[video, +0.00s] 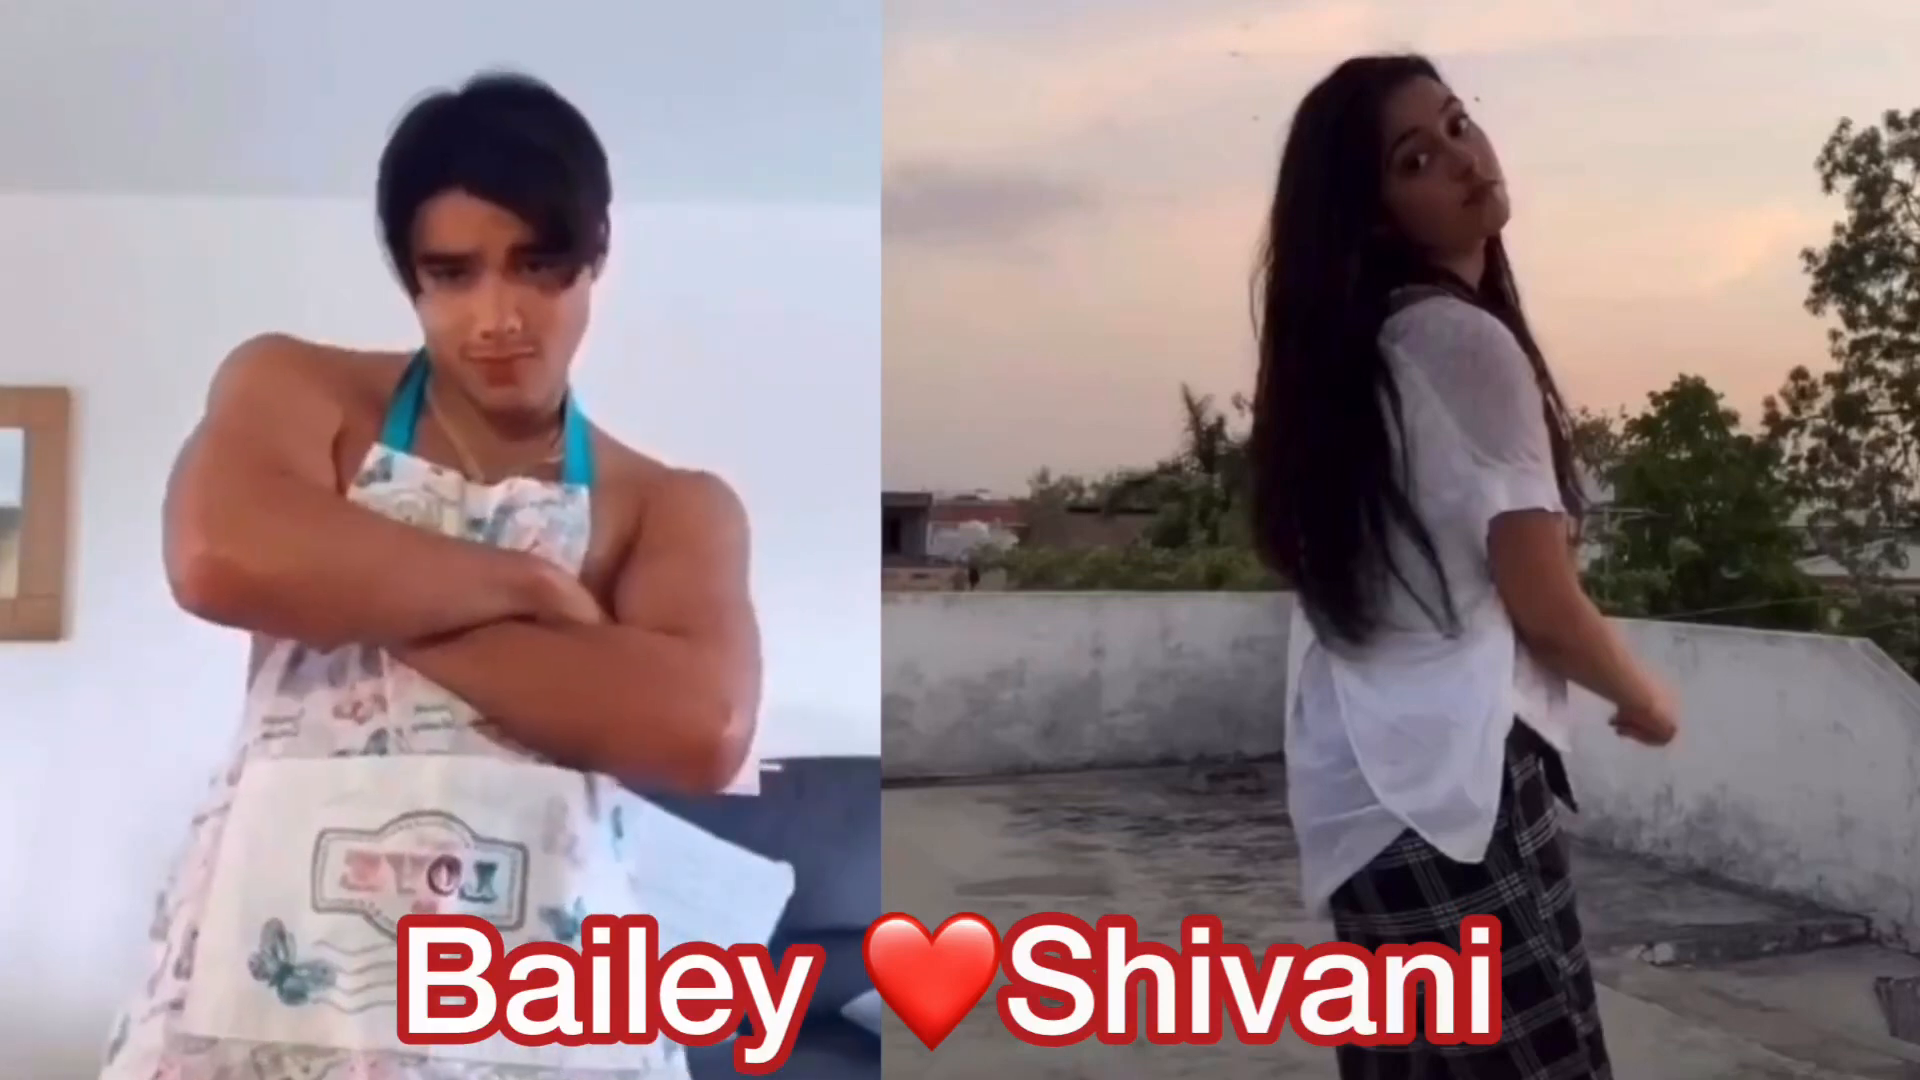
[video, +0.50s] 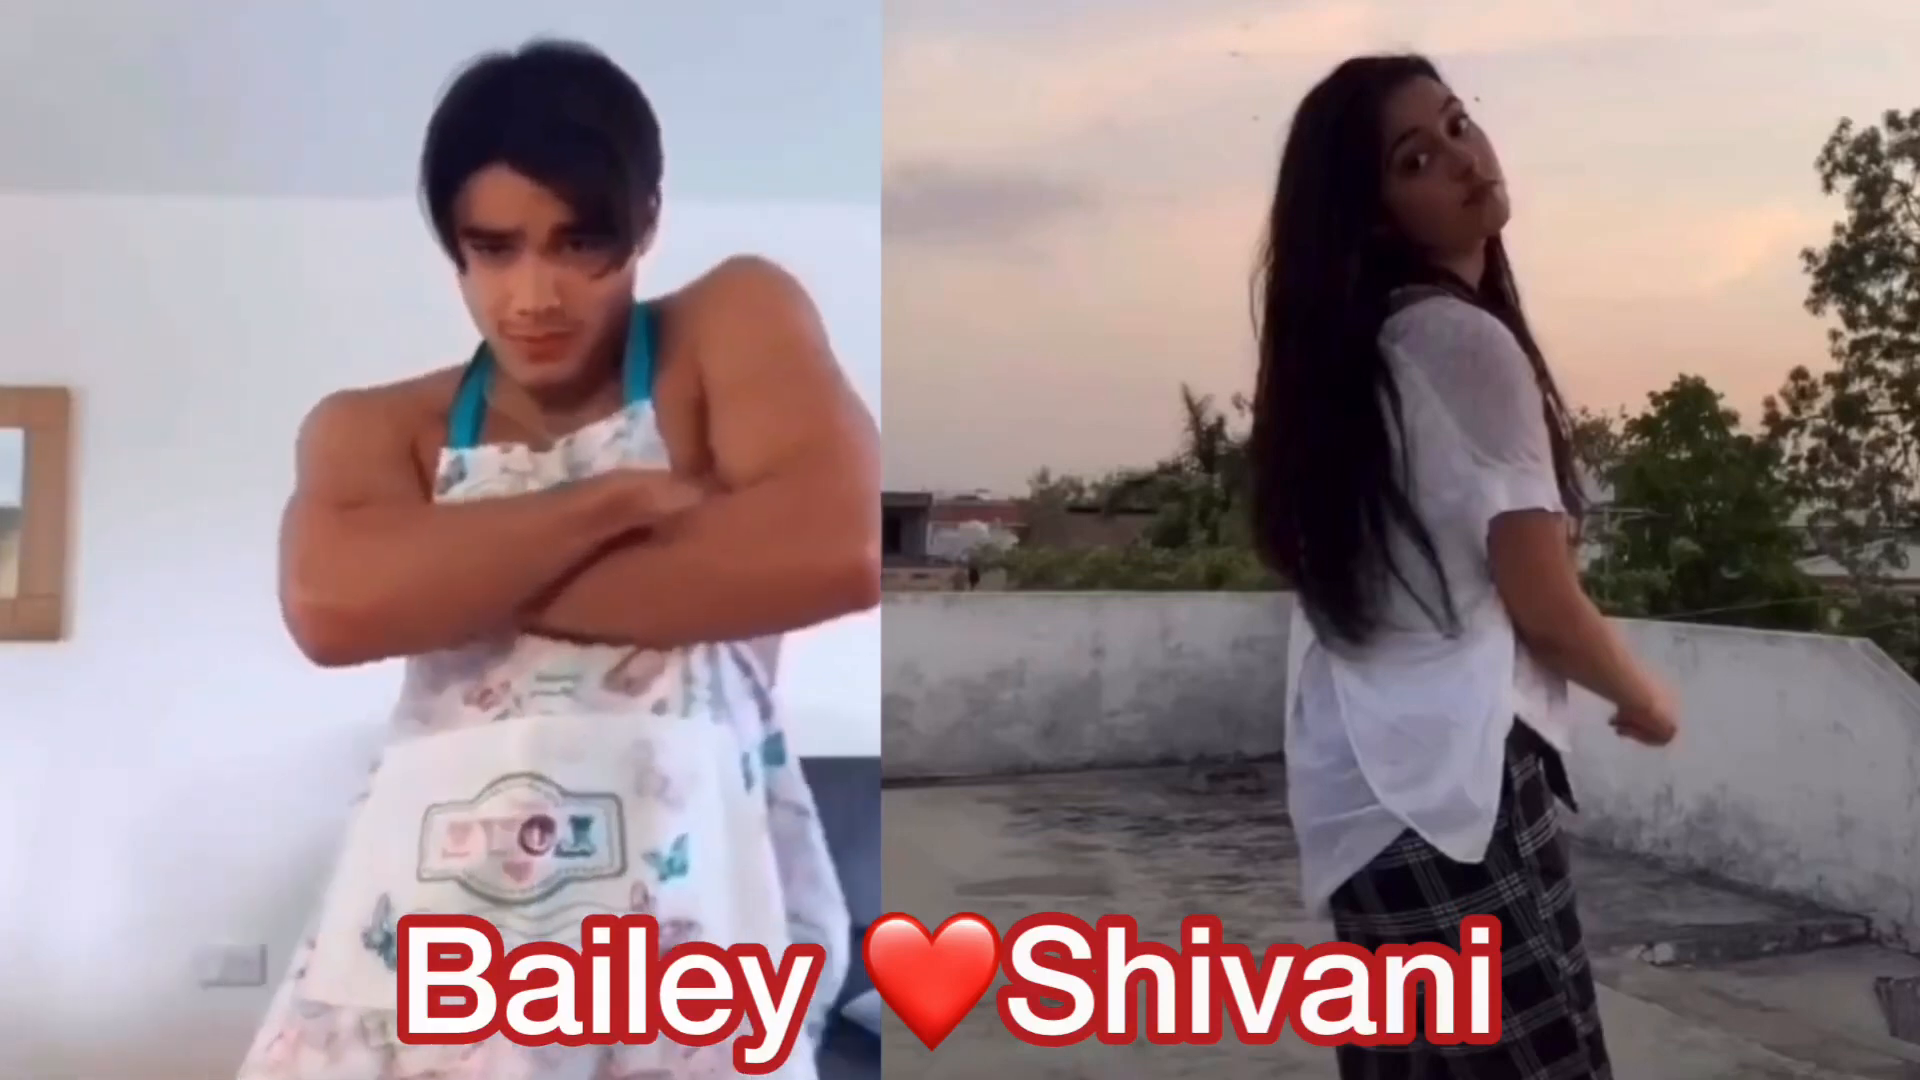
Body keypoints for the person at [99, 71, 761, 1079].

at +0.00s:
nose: (495, 318)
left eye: (541, 268)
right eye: (451, 273)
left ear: (598, 255)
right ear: (407, 274)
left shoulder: (676, 507)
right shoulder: (291, 385)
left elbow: (702, 734)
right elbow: (219, 556)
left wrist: (397, 613)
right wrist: (529, 584)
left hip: (544, 1000)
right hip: (267, 984)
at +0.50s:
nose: (535, 296)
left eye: (584, 248)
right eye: (494, 248)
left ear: (646, 227)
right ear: (449, 239)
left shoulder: (733, 318)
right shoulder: (368, 426)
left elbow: (828, 550)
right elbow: (333, 607)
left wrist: (492, 577)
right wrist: (625, 498)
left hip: (684, 881)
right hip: (436, 888)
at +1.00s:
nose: (550, 359)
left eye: (596, 311)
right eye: (512, 311)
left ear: (656, 296)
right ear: (466, 300)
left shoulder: (742, 411)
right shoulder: (373, 496)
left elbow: (858, 628)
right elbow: (445, 686)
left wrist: (551, 639)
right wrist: (699, 563)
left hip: (808, 935)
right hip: (569, 964)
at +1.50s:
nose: (518, 348)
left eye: (559, 300)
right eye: (472, 305)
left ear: (610, 294)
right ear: (423, 302)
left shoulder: (678, 518)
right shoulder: (322, 379)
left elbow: (704, 744)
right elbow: (249, 557)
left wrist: (413, 627)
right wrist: (546, 599)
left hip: (547, 969)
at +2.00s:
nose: (579, 296)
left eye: (628, 247)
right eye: (538, 247)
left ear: (682, 243)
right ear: (488, 247)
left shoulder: (760, 336)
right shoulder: (400, 463)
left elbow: (835, 549)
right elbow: (344, 629)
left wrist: (513, 593)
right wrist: (637, 505)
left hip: (721, 893)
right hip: (471, 909)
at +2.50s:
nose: (623, 276)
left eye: (672, 225)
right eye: (580, 223)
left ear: (726, 228)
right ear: (527, 216)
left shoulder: (796, 354)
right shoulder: (418, 445)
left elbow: (865, 612)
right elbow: (425, 679)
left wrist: (554, 607)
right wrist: (722, 522)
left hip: (801, 924)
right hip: (557, 939)